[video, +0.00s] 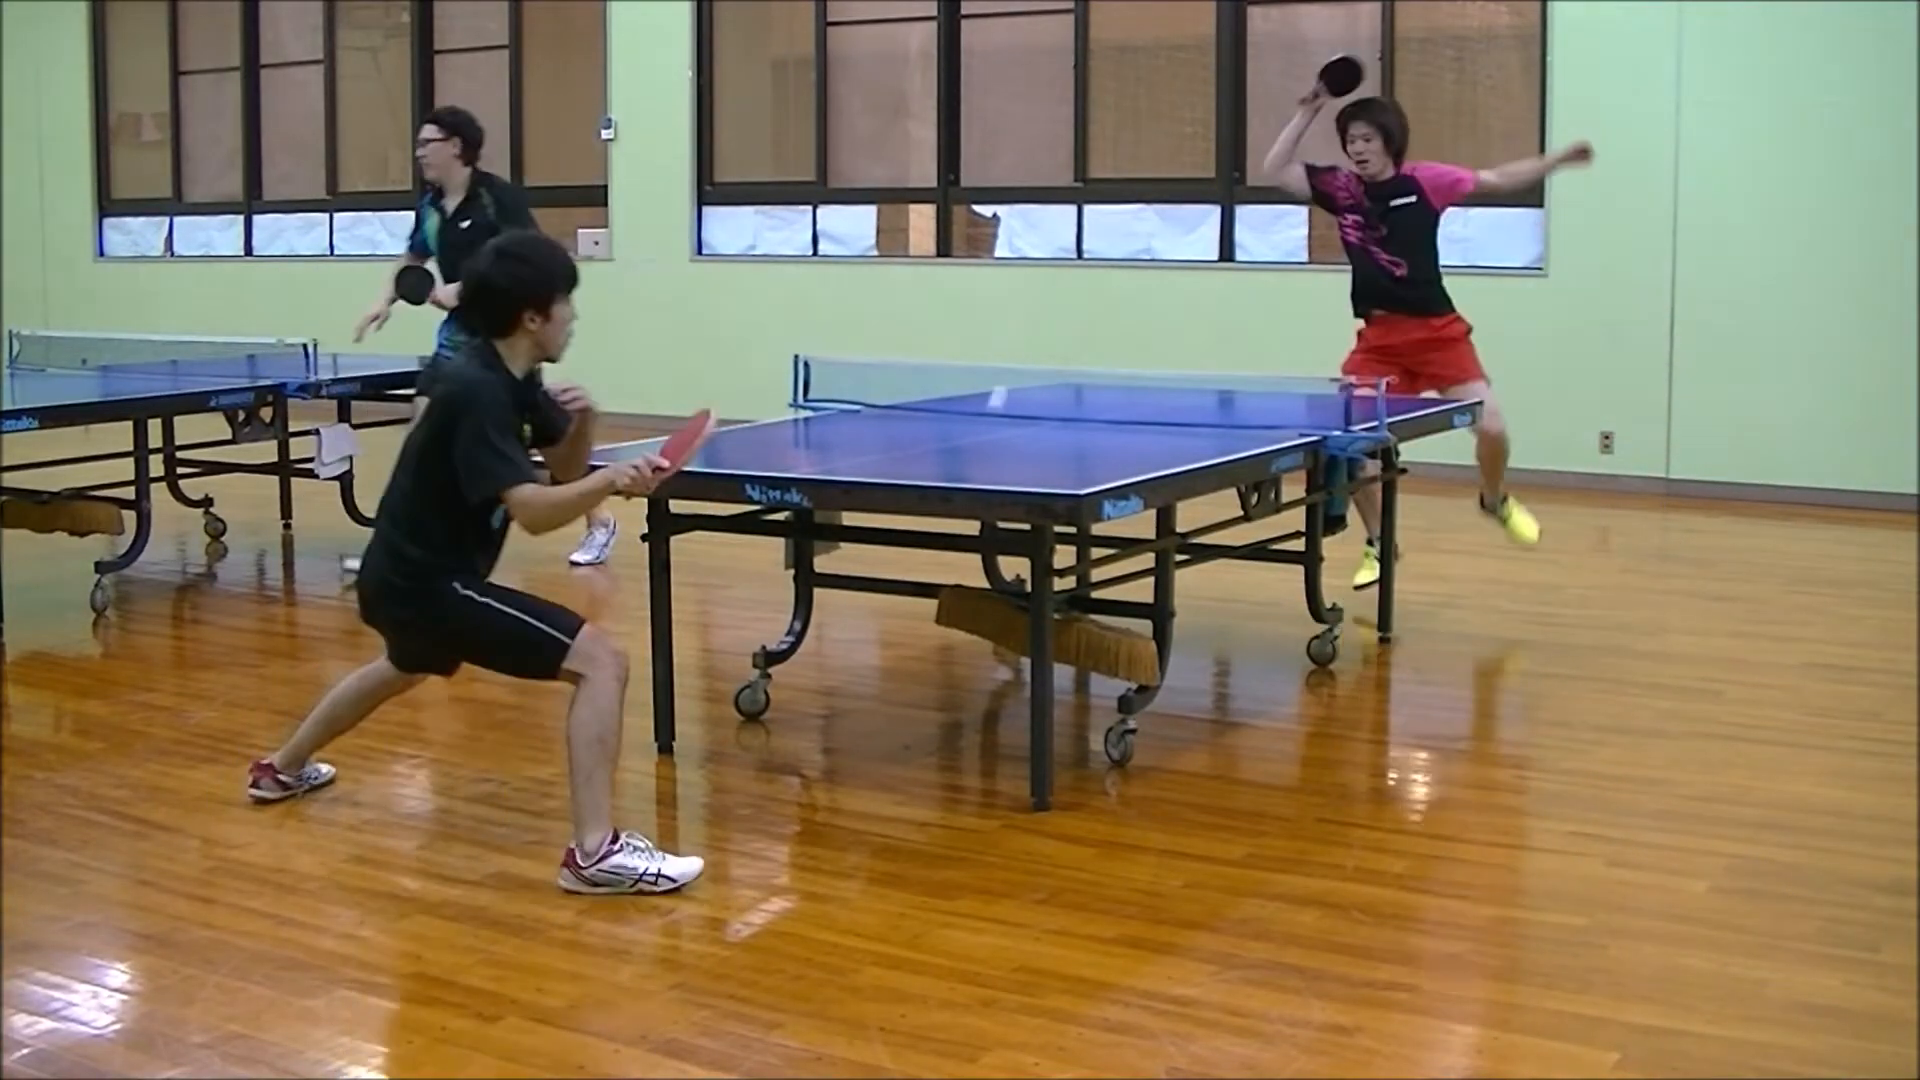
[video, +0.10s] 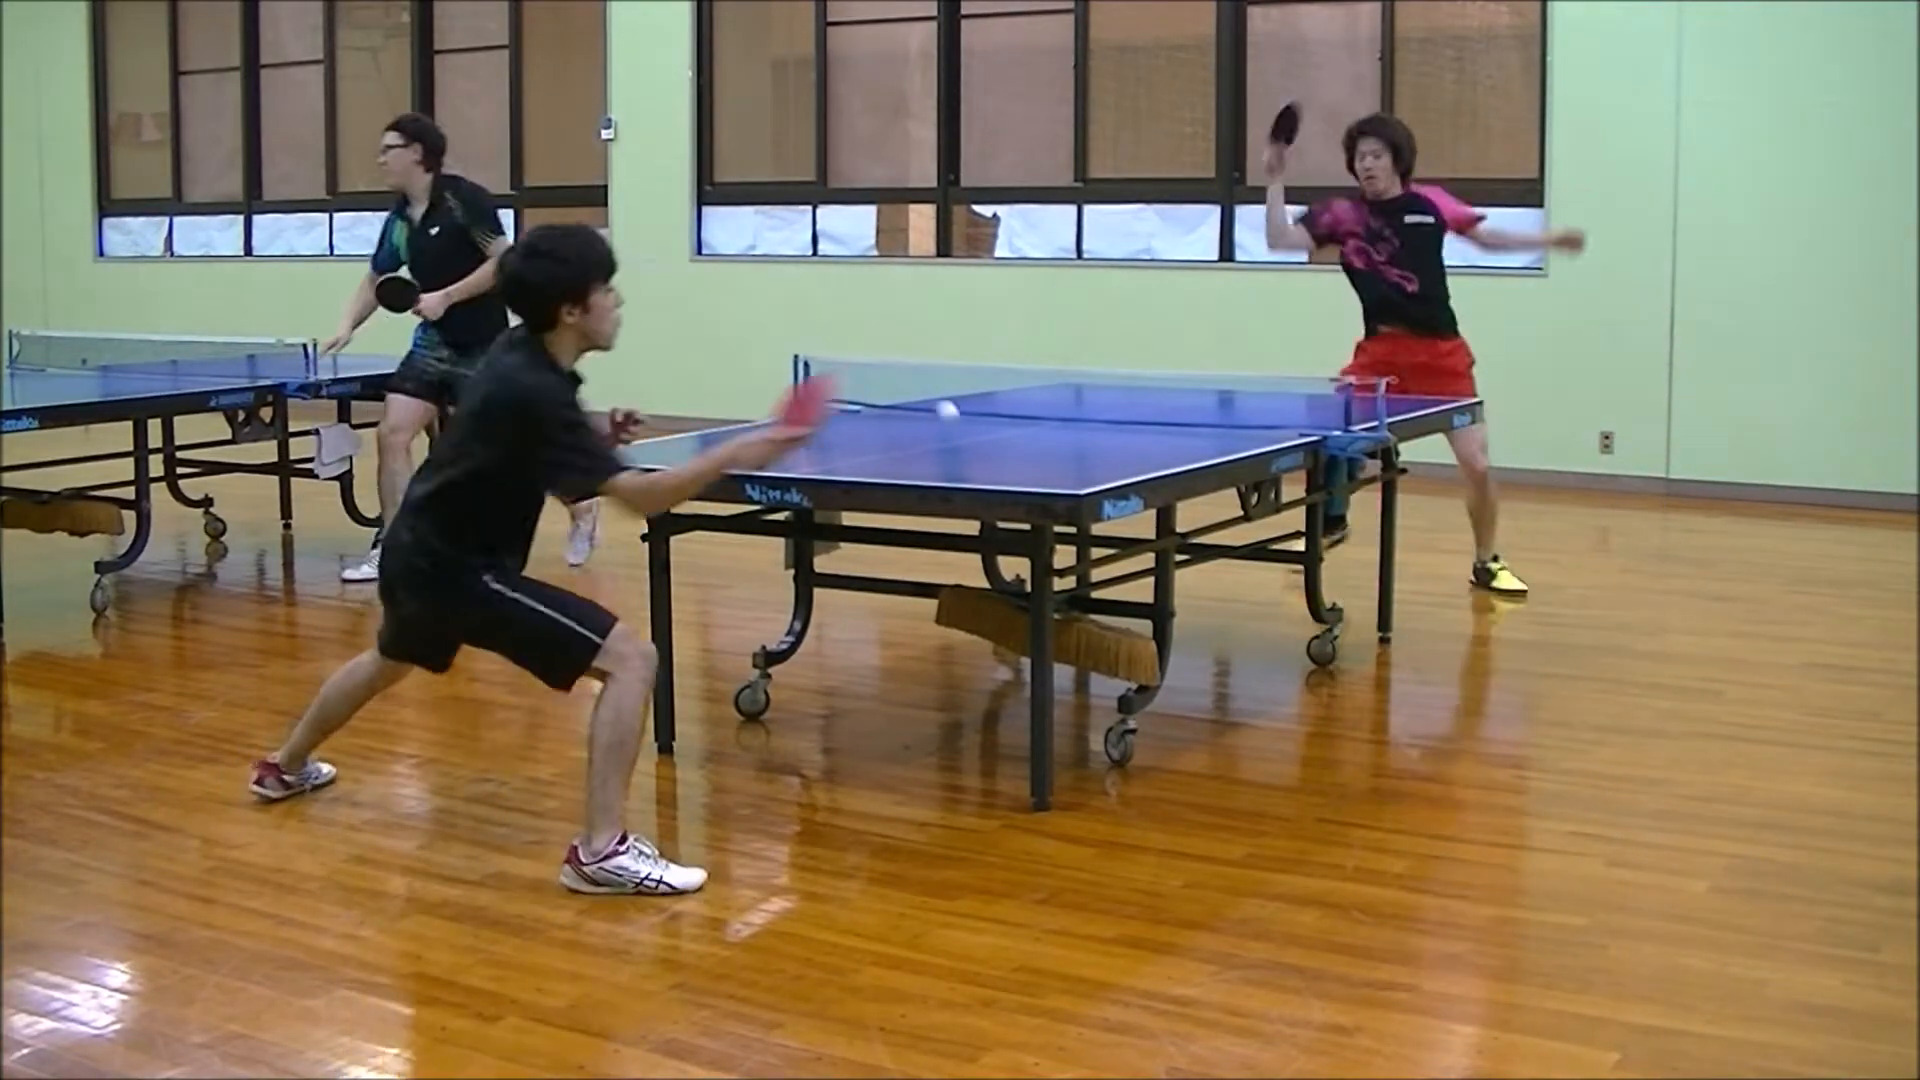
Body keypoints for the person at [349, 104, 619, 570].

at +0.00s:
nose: (421, 154)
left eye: (430, 144)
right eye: (419, 145)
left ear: (460, 149)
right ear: (436, 153)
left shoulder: (500, 198)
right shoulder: (431, 204)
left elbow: (530, 265)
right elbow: (414, 261)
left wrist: (461, 290)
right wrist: (386, 301)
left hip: (504, 337)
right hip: (455, 336)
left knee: (545, 430)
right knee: (427, 427)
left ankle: (598, 520)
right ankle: (398, 542)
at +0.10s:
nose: (381, 160)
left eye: (390, 150)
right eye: (381, 151)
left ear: (421, 155)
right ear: (401, 158)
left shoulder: (465, 201)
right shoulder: (398, 220)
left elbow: (507, 261)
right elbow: (374, 283)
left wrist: (446, 296)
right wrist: (348, 326)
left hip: (485, 347)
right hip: (432, 344)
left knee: (515, 436)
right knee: (393, 433)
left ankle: (581, 504)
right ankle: (393, 546)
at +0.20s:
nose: (352, 164)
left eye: (358, 154)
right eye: (351, 156)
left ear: (386, 155)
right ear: (375, 159)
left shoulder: (441, 193)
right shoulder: (376, 226)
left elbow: (490, 249)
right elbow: (353, 296)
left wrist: (438, 293)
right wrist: (318, 355)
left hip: (470, 337)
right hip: (422, 339)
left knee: (463, 445)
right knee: (385, 435)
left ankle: (548, 510)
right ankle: (394, 548)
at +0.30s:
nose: (330, 163)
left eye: (337, 153)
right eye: (330, 154)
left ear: (367, 156)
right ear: (356, 160)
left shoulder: (421, 185)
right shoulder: (361, 229)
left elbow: (482, 231)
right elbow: (349, 302)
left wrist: (440, 283)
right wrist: (318, 364)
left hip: (464, 325)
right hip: (415, 330)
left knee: (448, 427)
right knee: (387, 435)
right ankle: (394, 547)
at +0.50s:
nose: (337, 148)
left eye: (345, 139)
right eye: (339, 140)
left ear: (370, 144)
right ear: (366, 147)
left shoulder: (415, 178)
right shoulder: (370, 213)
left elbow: (468, 228)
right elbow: (353, 288)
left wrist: (420, 285)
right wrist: (317, 346)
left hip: (456, 329)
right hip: (418, 333)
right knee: (394, 431)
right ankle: (392, 551)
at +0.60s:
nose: (357, 143)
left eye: (365, 135)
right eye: (360, 134)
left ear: (389, 141)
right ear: (387, 143)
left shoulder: (420, 179)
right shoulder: (395, 200)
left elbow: (448, 244)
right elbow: (380, 278)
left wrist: (400, 292)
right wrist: (326, 320)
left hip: (455, 329)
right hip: (433, 332)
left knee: (383, 403)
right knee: (410, 439)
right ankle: (394, 547)